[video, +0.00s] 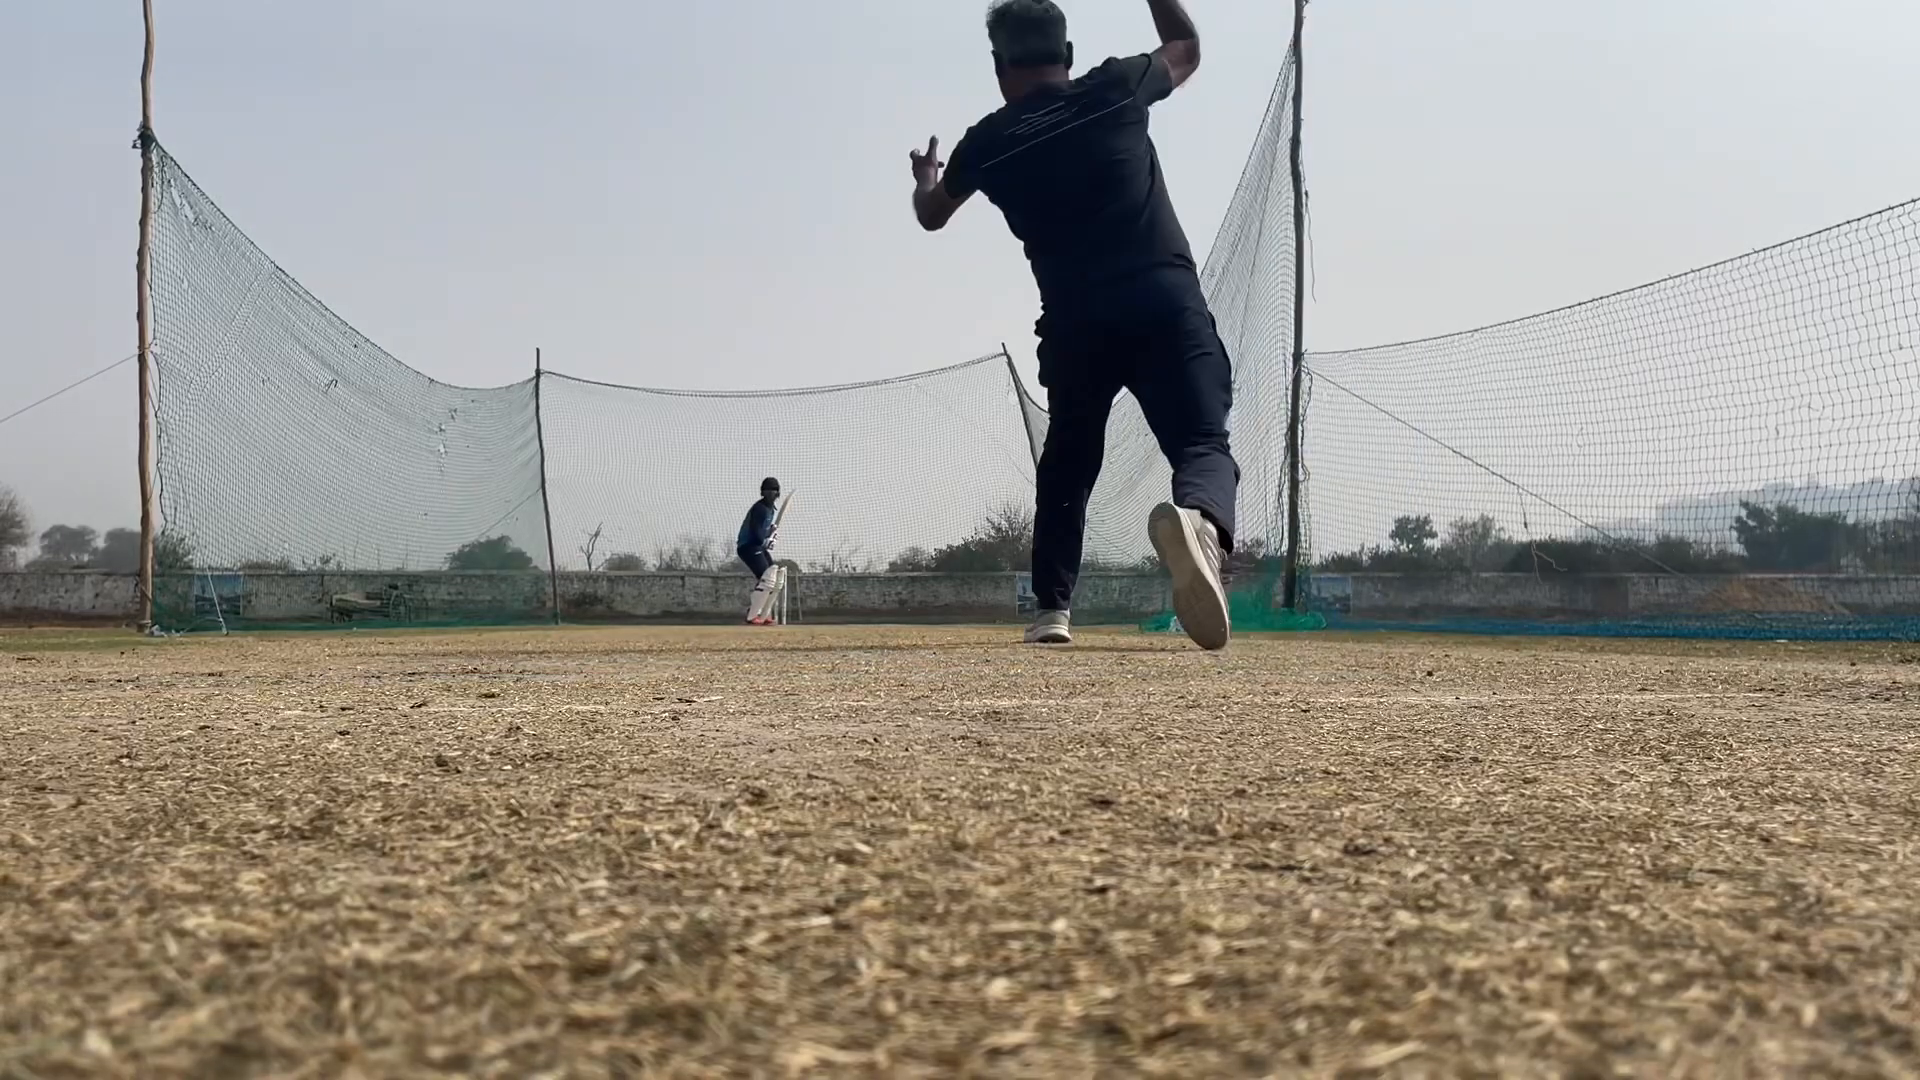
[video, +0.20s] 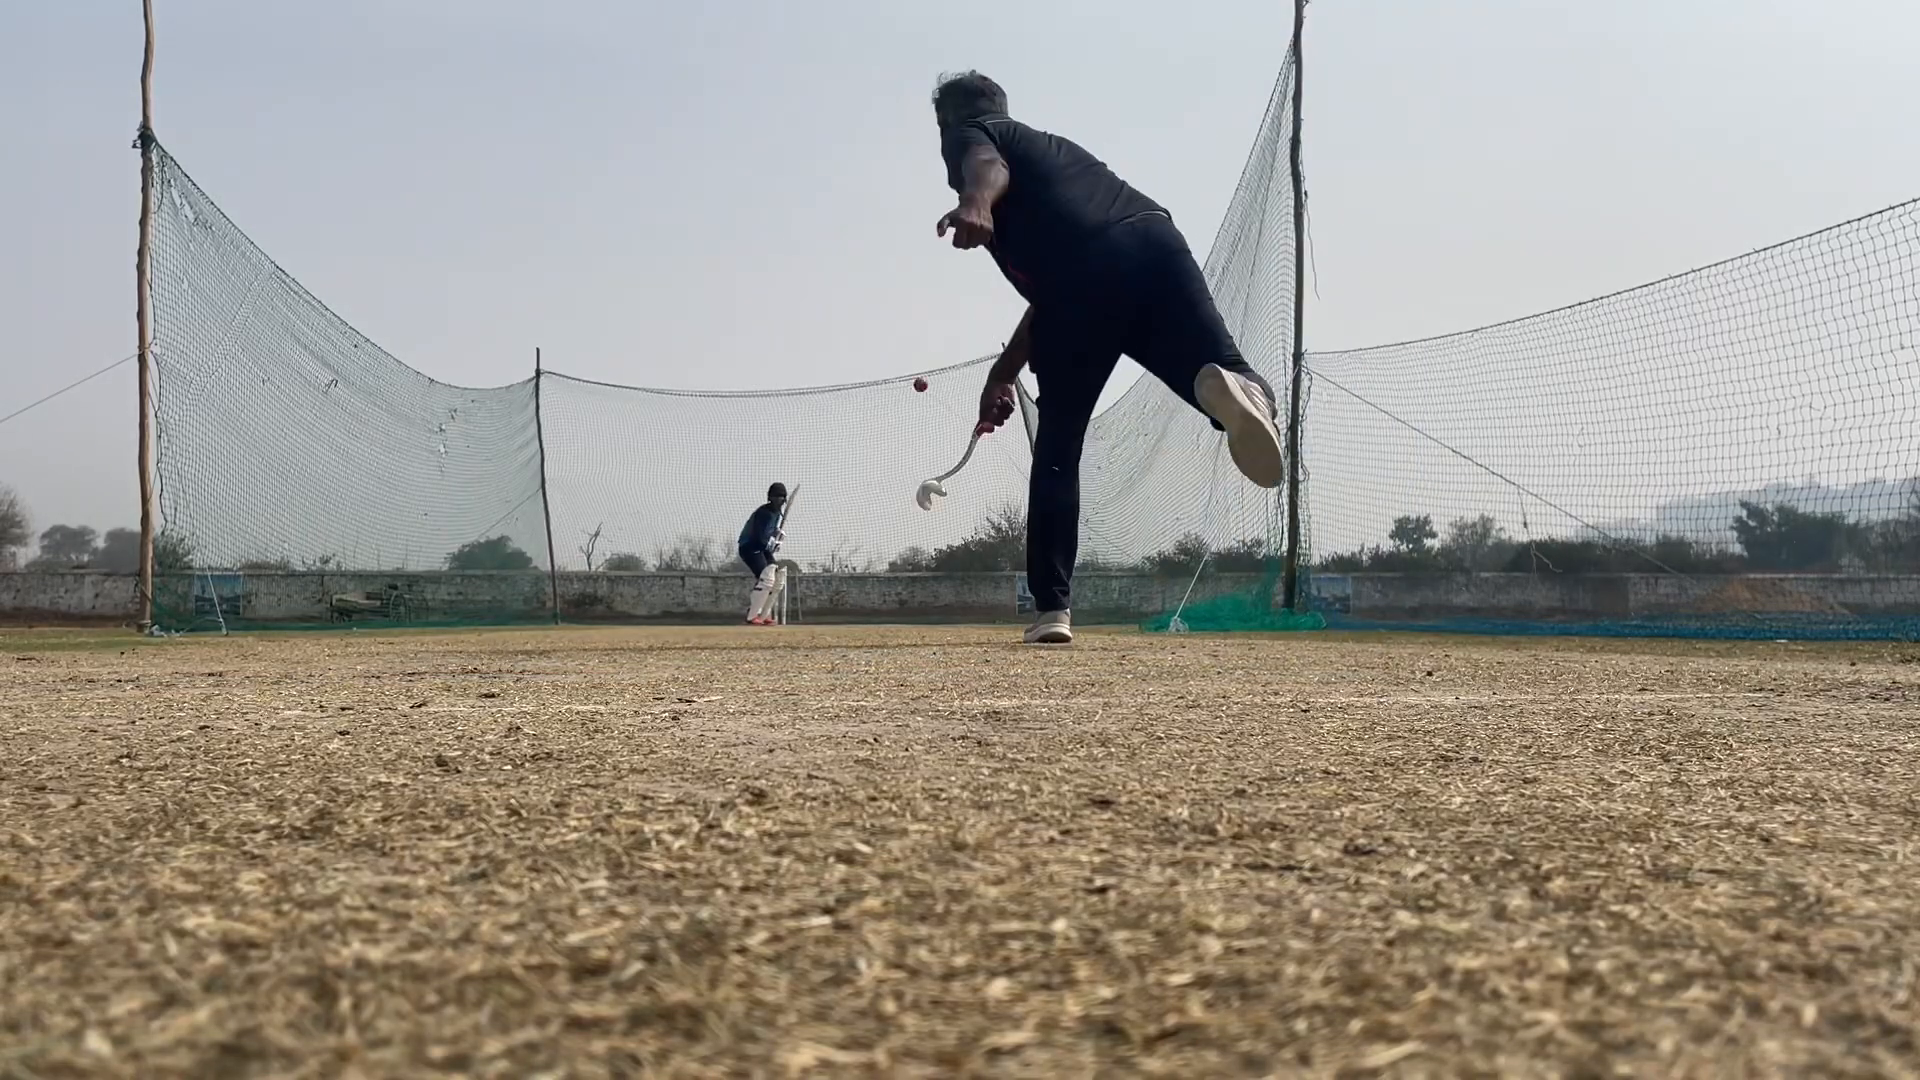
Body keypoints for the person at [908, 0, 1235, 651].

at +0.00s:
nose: (998, 75)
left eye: (997, 65)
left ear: (1002, 67)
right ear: (1064, 55)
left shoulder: (985, 143)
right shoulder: (1117, 83)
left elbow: (932, 214)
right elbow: (1184, 47)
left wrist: (925, 181)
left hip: (1075, 323)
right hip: (1164, 298)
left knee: (1067, 465)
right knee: (1201, 437)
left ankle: (1052, 612)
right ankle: (1200, 523)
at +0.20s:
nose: (942, 137)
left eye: (941, 128)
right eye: (943, 130)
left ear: (948, 121)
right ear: (999, 109)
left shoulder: (969, 132)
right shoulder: (1045, 149)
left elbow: (985, 164)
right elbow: (1058, 285)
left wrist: (972, 206)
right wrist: (1003, 373)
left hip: (1073, 288)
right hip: (1152, 249)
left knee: (1056, 456)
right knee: (1223, 368)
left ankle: (1053, 610)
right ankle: (1245, 404)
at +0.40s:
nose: (920, 178)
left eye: (918, 159)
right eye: (915, 165)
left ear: (936, 141)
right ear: (939, 157)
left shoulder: (959, 125)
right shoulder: (987, 219)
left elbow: (908, 40)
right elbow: (994, 304)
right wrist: (938, 340)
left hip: (1095, 281)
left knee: (1054, 445)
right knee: (1276, 340)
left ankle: (1053, 610)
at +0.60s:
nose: (917, 114)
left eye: (919, 104)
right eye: (925, 105)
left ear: (929, 98)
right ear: (978, 94)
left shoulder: (936, 120)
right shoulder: (1018, 134)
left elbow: (835, 179)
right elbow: (1038, 273)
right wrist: (989, 362)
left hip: (1072, 287)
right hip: (1137, 257)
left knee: (1045, 459)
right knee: (1218, 381)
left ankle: (1054, 612)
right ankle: (1360, 311)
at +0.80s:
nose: (913, 119)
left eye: (911, 109)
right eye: (912, 109)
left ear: (918, 102)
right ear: (969, 94)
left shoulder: (930, 143)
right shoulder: (1012, 125)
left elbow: (952, 242)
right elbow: (1053, 212)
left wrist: (963, 359)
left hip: (1054, 278)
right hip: (1121, 255)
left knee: (1031, 453)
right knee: (1109, 407)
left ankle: (1050, 606)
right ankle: (1232, 489)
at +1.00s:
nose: (916, 102)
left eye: (915, 94)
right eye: (918, 94)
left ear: (919, 91)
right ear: (974, 86)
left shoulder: (925, 123)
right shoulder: (1022, 124)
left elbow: (986, 146)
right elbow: (1104, 202)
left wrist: (1056, 185)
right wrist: (1162, 288)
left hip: (1042, 275)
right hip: (1105, 270)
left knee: (1024, 447)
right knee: (1064, 440)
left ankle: (1050, 603)